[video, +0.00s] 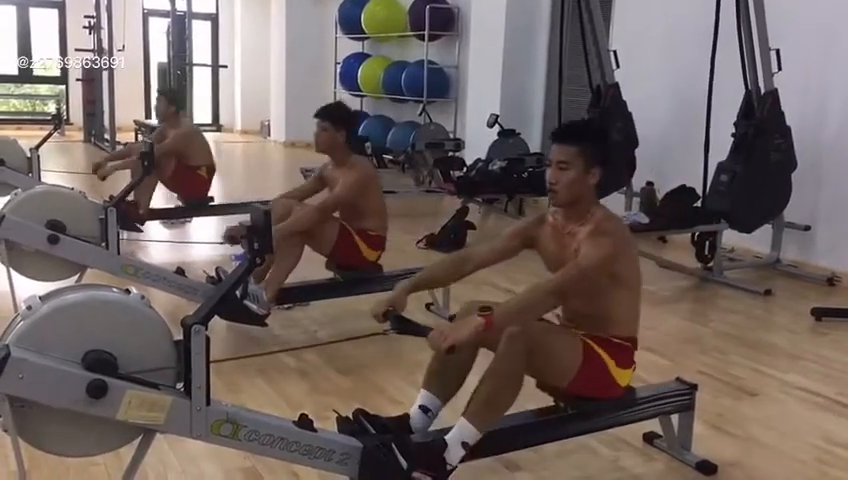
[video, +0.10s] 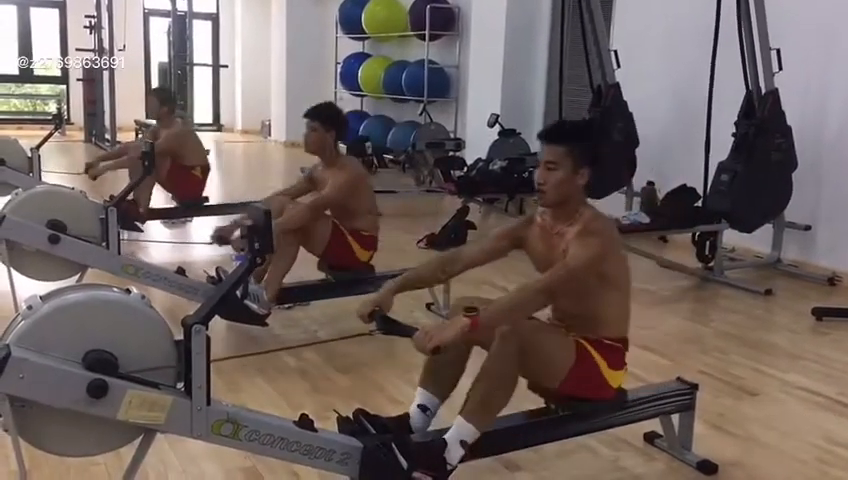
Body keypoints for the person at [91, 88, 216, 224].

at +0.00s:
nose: (156, 107)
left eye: (160, 103)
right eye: (157, 102)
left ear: (172, 109)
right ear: (170, 110)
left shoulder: (182, 134)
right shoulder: (166, 130)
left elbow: (148, 157)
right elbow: (141, 148)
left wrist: (114, 167)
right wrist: (107, 158)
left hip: (198, 186)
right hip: (188, 181)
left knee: (152, 162)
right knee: (141, 159)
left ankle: (141, 209)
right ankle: (139, 207)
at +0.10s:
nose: (147, 107)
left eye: (151, 103)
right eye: (148, 103)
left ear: (164, 109)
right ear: (164, 110)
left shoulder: (175, 133)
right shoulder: (161, 128)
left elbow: (140, 157)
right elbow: (133, 147)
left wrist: (105, 168)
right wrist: (99, 158)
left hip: (192, 187)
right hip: (184, 182)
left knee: (145, 161)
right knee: (138, 154)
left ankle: (141, 209)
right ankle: (139, 206)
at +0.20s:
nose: (137, 107)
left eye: (141, 104)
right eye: (139, 103)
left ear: (154, 109)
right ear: (154, 110)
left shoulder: (166, 133)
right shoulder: (153, 129)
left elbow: (129, 153)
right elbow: (121, 146)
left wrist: (92, 167)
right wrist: (87, 159)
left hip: (185, 187)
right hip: (179, 184)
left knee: (137, 155)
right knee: (133, 153)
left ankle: (142, 206)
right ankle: (138, 203)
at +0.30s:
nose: (130, 107)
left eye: (134, 104)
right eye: (131, 103)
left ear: (147, 111)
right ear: (146, 111)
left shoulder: (156, 131)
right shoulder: (141, 129)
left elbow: (119, 152)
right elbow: (114, 145)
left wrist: (78, 165)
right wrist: (76, 157)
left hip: (184, 183)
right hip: (175, 180)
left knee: (134, 154)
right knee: (130, 151)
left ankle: (142, 206)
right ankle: (138, 202)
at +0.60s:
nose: (156, 104)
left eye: (161, 102)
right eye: (158, 100)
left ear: (172, 109)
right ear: (170, 108)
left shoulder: (179, 128)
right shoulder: (169, 123)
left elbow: (144, 151)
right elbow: (137, 143)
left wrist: (100, 157)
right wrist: (99, 148)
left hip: (201, 178)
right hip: (194, 174)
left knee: (151, 154)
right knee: (149, 154)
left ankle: (143, 205)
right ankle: (143, 204)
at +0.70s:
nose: (176, 103)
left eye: (181, 100)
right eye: (176, 99)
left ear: (193, 107)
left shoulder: (196, 131)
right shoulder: (185, 126)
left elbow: (160, 149)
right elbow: (155, 142)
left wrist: (123, 157)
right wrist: (122, 147)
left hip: (218, 180)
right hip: (207, 176)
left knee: (166, 156)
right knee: (163, 155)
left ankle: (144, 202)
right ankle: (143, 201)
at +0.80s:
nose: (199, 97)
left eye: (204, 95)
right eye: (201, 94)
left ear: (215, 103)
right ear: (212, 103)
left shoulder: (217, 128)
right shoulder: (203, 124)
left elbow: (181, 147)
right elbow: (171, 138)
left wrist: (145, 153)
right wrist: (138, 145)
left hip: (234, 178)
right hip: (222, 173)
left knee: (176, 157)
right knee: (173, 156)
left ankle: (146, 206)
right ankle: (145, 204)